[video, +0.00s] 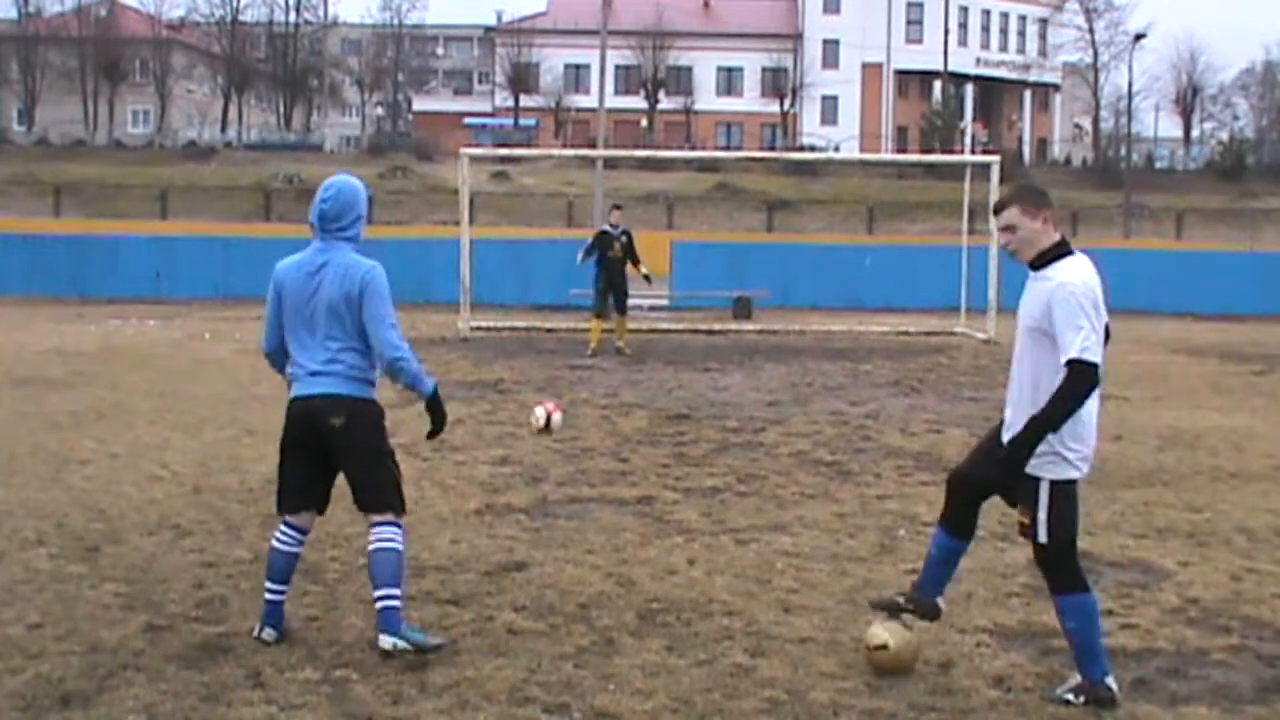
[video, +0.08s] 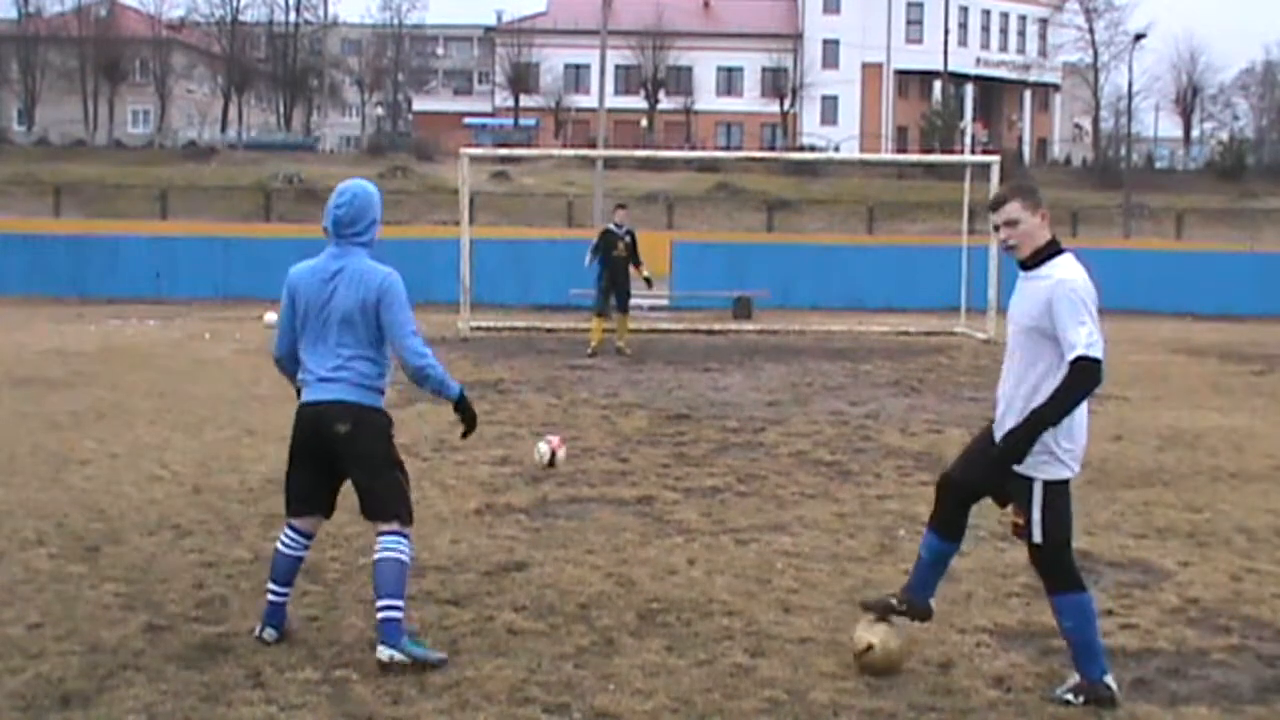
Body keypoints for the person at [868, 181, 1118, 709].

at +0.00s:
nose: (1005, 242)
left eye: (1011, 230)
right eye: (1000, 232)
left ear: (1044, 222)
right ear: (1035, 227)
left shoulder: (1068, 285)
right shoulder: (1049, 273)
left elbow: (1082, 375)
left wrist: (1022, 445)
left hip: (1052, 449)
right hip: (1019, 431)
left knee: (1057, 561)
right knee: (963, 486)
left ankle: (1097, 682)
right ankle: (924, 597)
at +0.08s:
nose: (1004, 237)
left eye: (1012, 225)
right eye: (998, 229)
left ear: (1042, 219)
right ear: (1001, 233)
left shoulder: (1066, 283)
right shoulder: (1031, 276)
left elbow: (1087, 372)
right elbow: (1031, 375)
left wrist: (1019, 439)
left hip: (1044, 450)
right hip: (1006, 433)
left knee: (1053, 560)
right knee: (952, 489)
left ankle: (1096, 681)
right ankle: (915, 598)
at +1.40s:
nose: (631, 250)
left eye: (635, 237)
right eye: (626, 240)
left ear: (670, 222)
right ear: (658, 229)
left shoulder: (728, 273)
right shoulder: (663, 276)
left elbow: (757, 355)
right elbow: (668, 354)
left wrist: (676, 401)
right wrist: (631, 402)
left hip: (727, 444)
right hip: (678, 442)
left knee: (692, 550)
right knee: (676, 552)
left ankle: (696, 691)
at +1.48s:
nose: (617, 251)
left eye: (621, 239)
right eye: (613, 241)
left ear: (655, 223)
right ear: (646, 230)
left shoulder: (715, 276)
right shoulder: (647, 276)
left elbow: (743, 359)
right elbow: (653, 355)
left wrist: (657, 387)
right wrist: (619, 397)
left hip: (711, 443)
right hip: (662, 443)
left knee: (665, 547)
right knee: (667, 553)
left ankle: (689, 687)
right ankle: (708, 679)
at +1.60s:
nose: (591, 254)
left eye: (593, 242)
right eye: (586, 244)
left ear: (626, 225)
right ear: (618, 232)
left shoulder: (689, 279)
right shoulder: (624, 281)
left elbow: (724, 362)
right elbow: (632, 361)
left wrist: (642, 390)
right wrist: (601, 410)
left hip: (684, 445)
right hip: (641, 445)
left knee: (628, 552)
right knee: (680, 558)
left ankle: (646, 694)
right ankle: (707, 682)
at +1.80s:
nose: (537, 255)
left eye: (537, 243)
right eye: (532, 246)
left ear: (564, 227)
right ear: (564, 229)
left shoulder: (636, 279)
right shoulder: (582, 279)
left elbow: (679, 362)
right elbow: (612, 358)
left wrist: (597, 401)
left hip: (633, 451)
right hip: (599, 448)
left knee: (594, 568)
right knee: (626, 562)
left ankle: (599, 709)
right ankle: (689, 666)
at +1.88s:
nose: (522, 246)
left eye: (520, 234)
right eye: (518, 236)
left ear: (537, 225)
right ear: (551, 222)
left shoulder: (609, 277)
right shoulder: (568, 278)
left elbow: (649, 365)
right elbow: (592, 363)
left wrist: (566, 399)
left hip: (613, 454)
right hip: (576, 451)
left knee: (587, 568)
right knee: (574, 566)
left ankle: (599, 710)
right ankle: (664, 654)